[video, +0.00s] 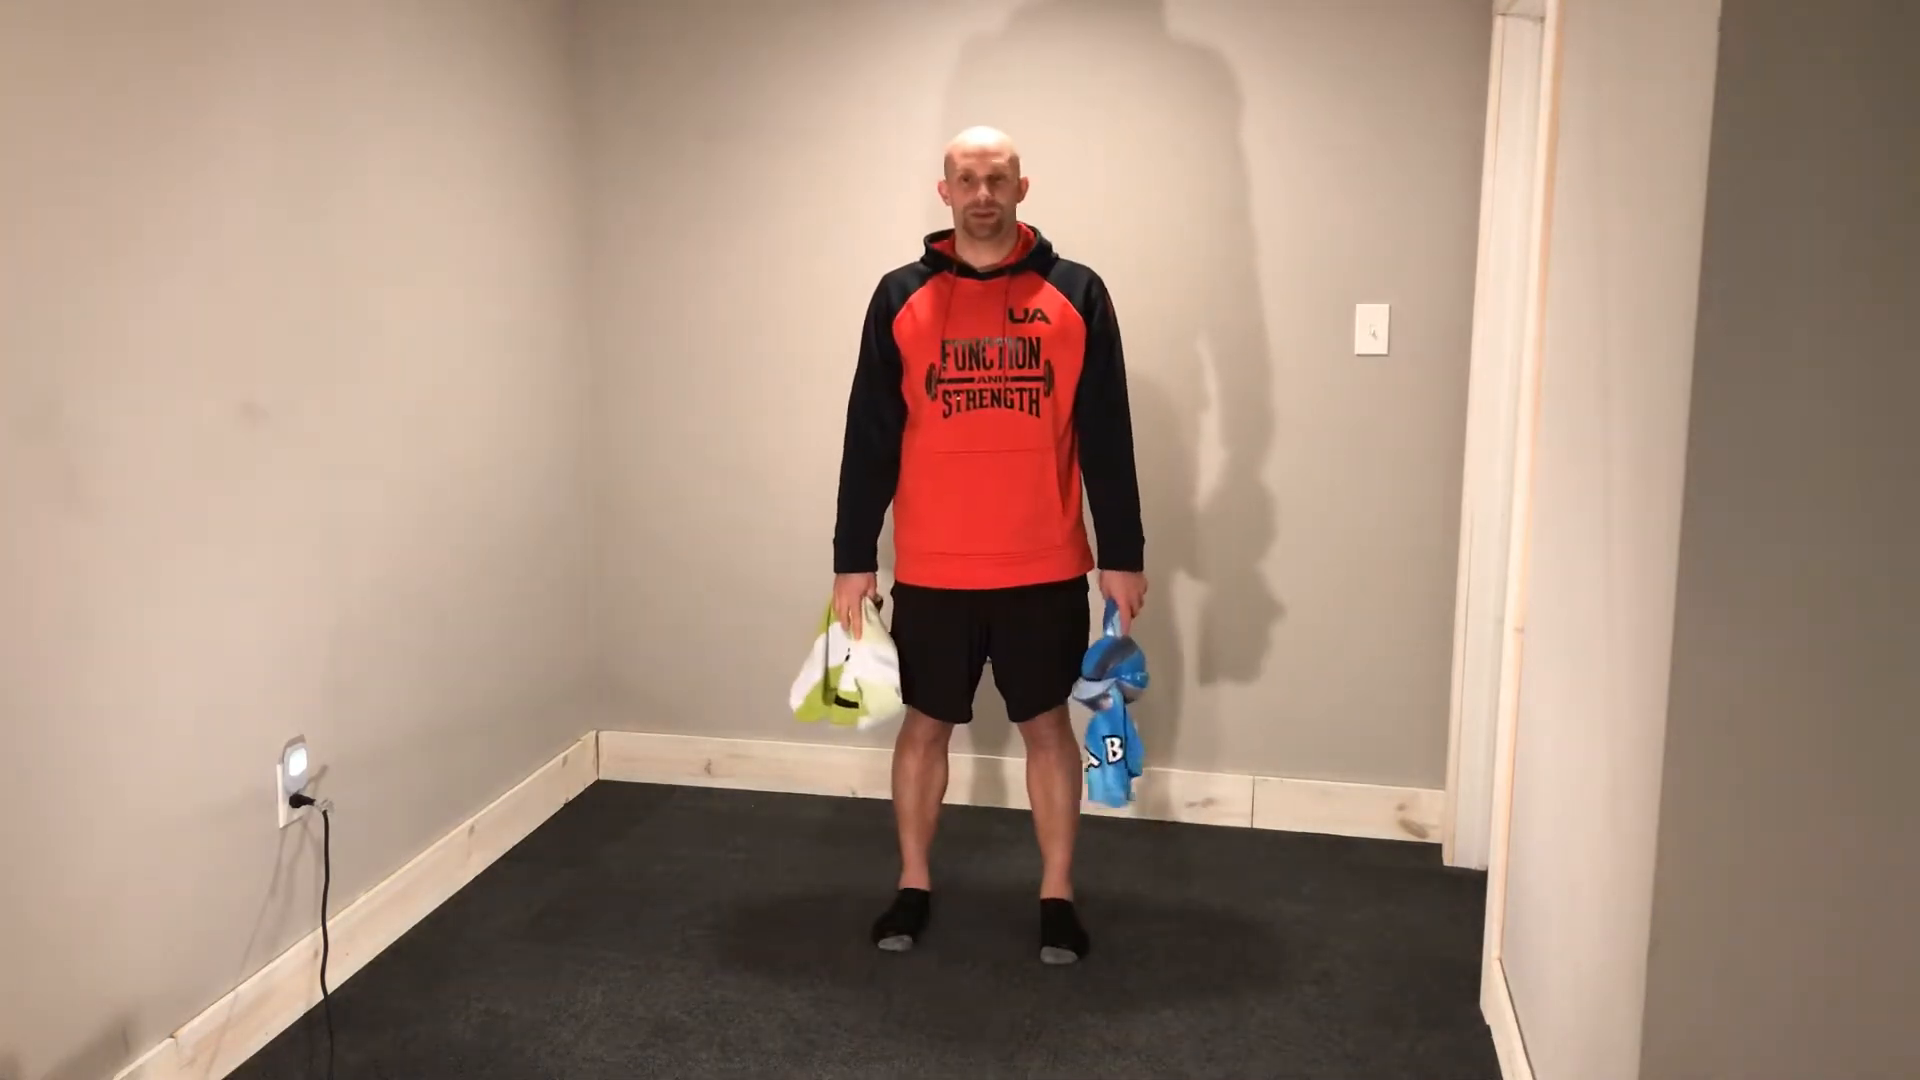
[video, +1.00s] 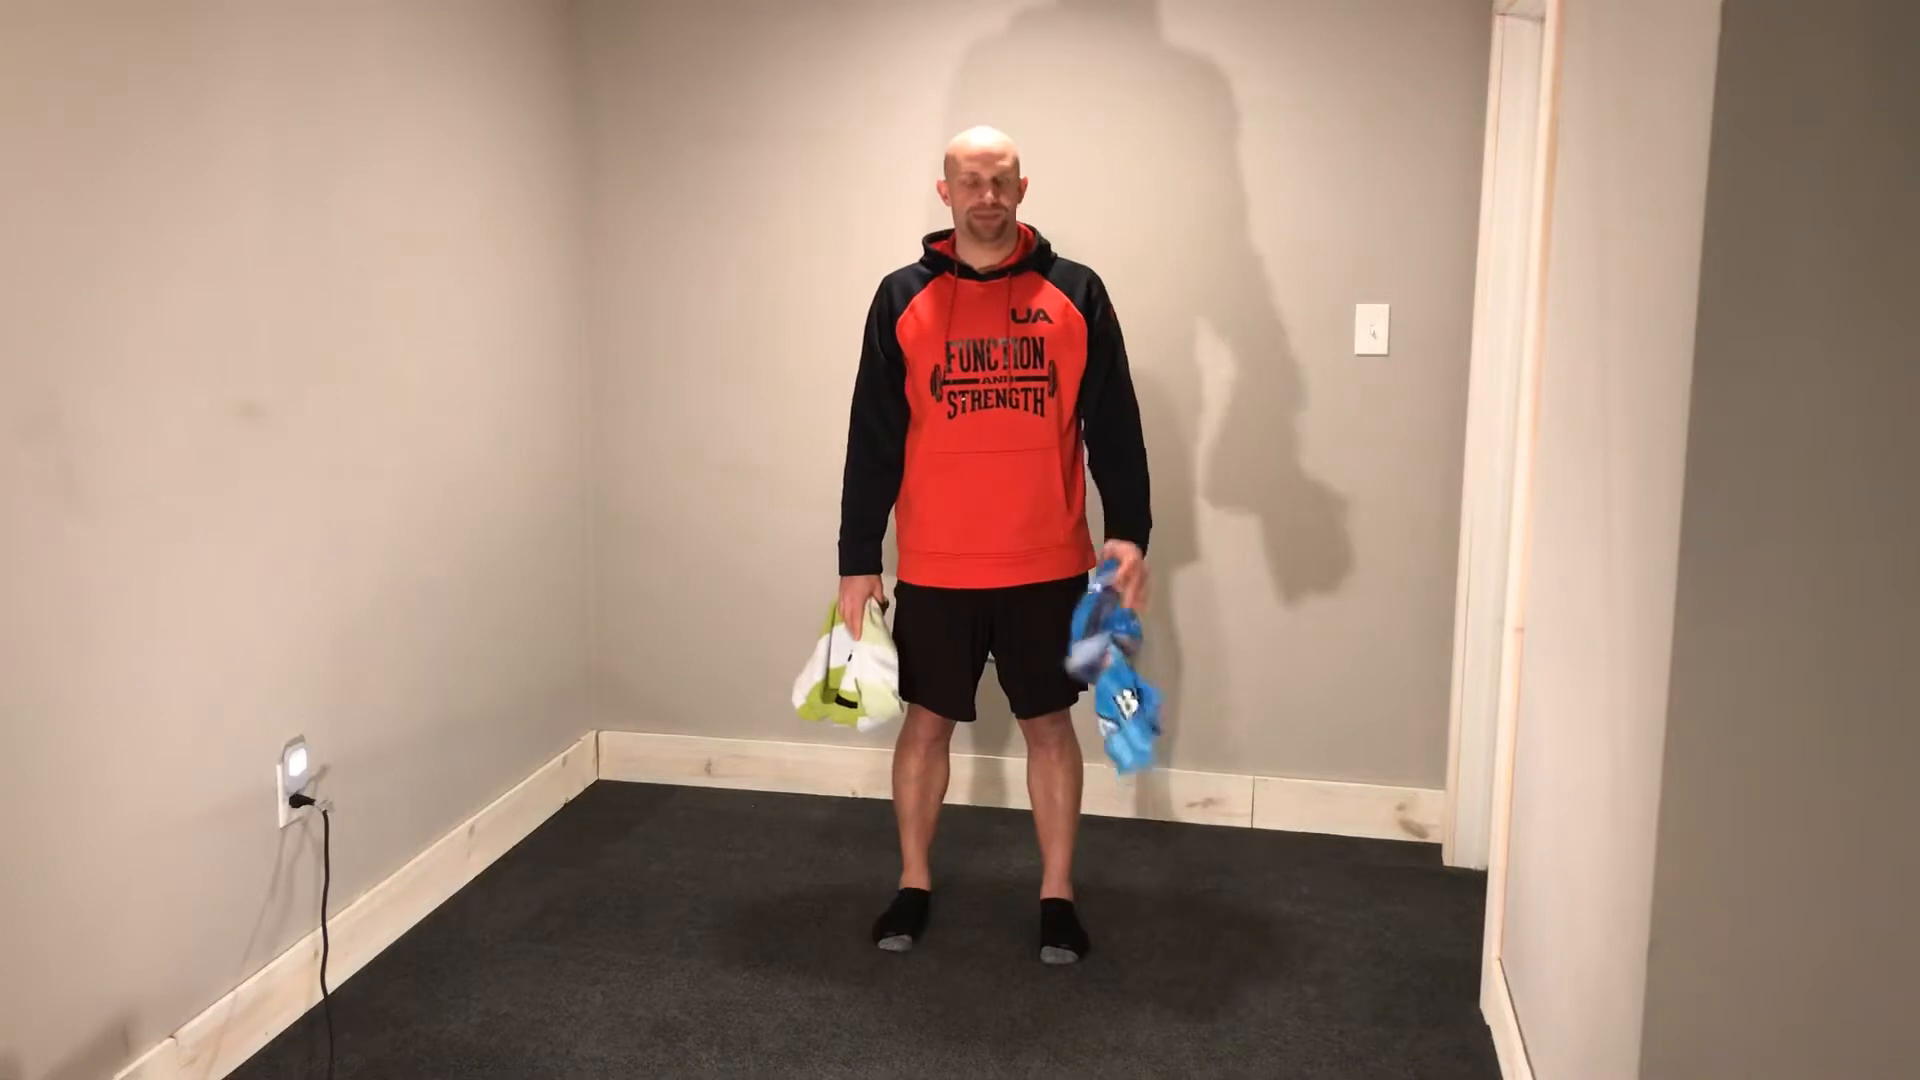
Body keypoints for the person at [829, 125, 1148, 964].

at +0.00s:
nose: (981, 192)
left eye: (995, 178)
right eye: (965, 179)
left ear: (1021, 188)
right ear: (944, 191)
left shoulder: (1076, 294)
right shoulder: (902, 297)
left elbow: (1106, 432)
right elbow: (870, 434)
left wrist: (1122, 553)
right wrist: (854, 557)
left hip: (1041, 564)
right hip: (933, 565)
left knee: (1046, 725)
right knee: (924, 726)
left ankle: (1058, 898)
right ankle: (911, 890)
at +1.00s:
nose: (987, 198)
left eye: (1001, 183)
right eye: (971, 184)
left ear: (1022, 190)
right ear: (946, 192)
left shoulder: (1075, 292)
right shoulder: (904, 296)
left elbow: (1113, 420)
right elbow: (873, 433)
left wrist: (1131, 532)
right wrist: (859, 557)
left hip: (1044, 562)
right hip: (936, 563)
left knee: (1048, 725)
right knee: (926, 723)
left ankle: (1057, 897)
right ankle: (912, 887)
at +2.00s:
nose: (994, 194)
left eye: (1005, 179)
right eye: (977, 182)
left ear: (1027, 185)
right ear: (950, 196)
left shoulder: (1085, 290)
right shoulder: (911, 296)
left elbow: (1127, 410)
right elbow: (880, 434)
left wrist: (1078, 469)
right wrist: (864, 559)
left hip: (1044, 553)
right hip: (939, 556)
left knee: (1048, 723)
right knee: (928, 720)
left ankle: (1057, 896)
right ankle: (912, 886)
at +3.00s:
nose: (986, 195)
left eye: (999, 180)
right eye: (969, 182)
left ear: (1024, 188)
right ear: (947, 193)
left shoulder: (1079, 294)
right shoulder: (907, 297)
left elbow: (1123, 412)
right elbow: (873, 434)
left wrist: (1098, 439)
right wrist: (856, 558)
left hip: (1038, 560)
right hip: (933, 561)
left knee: (1044, 724)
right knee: (924, 723)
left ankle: (1057, 896)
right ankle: (911, 888)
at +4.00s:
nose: (993, 194)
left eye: (1007, 181)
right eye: (979, 180)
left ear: (1027, 191)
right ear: (952, 188)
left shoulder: (1076, 294)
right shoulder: (904, 294)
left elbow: (1119, 417)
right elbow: (871, 431)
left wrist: (1065, 414)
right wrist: (856, 555)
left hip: (1036, 563)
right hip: (931, 563)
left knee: (1043, 726)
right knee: (923, 724)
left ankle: (1058, 896)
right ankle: (911, 888)